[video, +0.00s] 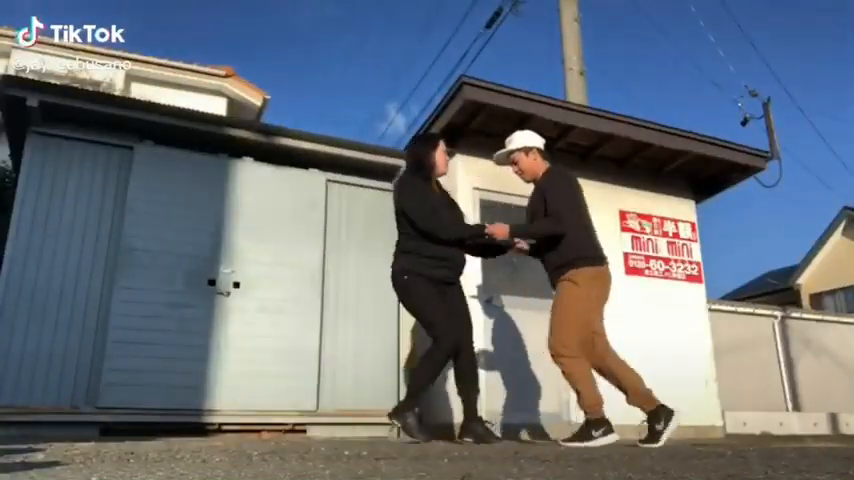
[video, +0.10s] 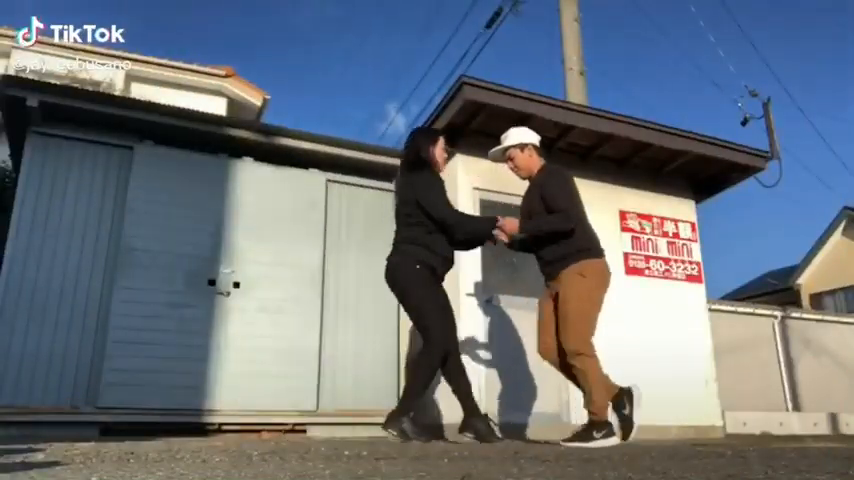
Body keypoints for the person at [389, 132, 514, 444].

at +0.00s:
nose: (447, 159)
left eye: (446, 153)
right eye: (443, 153)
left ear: (428, 156)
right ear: (427, 156)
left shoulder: (440, 194)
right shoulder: (411, 186)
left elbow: (464, 241)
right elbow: (440, 227)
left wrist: (506, 246)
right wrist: (485, 231)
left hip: (445, 279)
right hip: (415, 277)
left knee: (464, 344)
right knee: (447, 338)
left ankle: (472, 420)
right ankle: (406, 408)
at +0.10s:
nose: (446, 156)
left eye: (445, 150)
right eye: (442, 149)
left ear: (424, 150)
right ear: (428, 149)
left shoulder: (419, 181)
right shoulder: (422, 177)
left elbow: (455, 238)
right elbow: (449, 220)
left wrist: (489, 234)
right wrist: (494, 223)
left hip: (419, 270)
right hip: (412, 268)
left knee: (448, 344)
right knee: (438, 341)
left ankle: (473, 415)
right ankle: (402, 414)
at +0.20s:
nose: (445, 154)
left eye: (445, 148)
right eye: (442, 147)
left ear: (418, 146)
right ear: (428, 146)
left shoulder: (404, 176)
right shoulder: (426, 175)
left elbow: (440, 227)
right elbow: (458, 210)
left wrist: (470, 220)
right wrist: (503, 209)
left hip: (388, 259)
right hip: (404, 259)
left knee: (436, 329)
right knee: (422, 331)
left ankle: (432, 411)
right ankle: (402, 414)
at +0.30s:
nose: (439, 152)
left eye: (439, 146)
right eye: (437, 145)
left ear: (408, 143)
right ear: (425, 144)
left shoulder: (390, 169)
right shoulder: (422, 173)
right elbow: (460, 204)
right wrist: (500, 192)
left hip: (367, 253)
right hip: (398, 253)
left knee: (403, 329)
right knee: (408, 331)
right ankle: (405, 415)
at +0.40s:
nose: (428, 154)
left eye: (428, 148)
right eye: (424, 148)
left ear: (393, 145)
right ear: (412, 147)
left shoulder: (377, 171)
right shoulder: (412, 177)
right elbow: (455, 197)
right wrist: (492, 177)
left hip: (352, 253)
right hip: (387, 254)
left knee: (369, 335)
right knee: (399, 334)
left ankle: (324, 404)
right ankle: (400, 418)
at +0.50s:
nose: (413, 154)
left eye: (413, 148)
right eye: (409, 148)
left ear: (380, 146)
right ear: (396, 147)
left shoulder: (366, 174)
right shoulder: (392, 177)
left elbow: (410, 207)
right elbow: (436, 193)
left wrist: (431, 186)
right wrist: (480, 172)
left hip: (334, 258)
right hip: (366, 260)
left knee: (336, 338)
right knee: (390, 334)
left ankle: (308, 417)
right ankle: (398, 418)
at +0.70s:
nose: (377, 158)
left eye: (378, 152)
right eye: (375, 151)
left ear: (353, 146)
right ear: (362, 146)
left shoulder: (342, 178)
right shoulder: (345, 172)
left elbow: (382, 238)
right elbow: (375, 214)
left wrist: (423, 239)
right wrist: (426, 220)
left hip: (310, 263)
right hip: (318, 262)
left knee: (314, 342)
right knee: (346, 335)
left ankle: (307, 418)